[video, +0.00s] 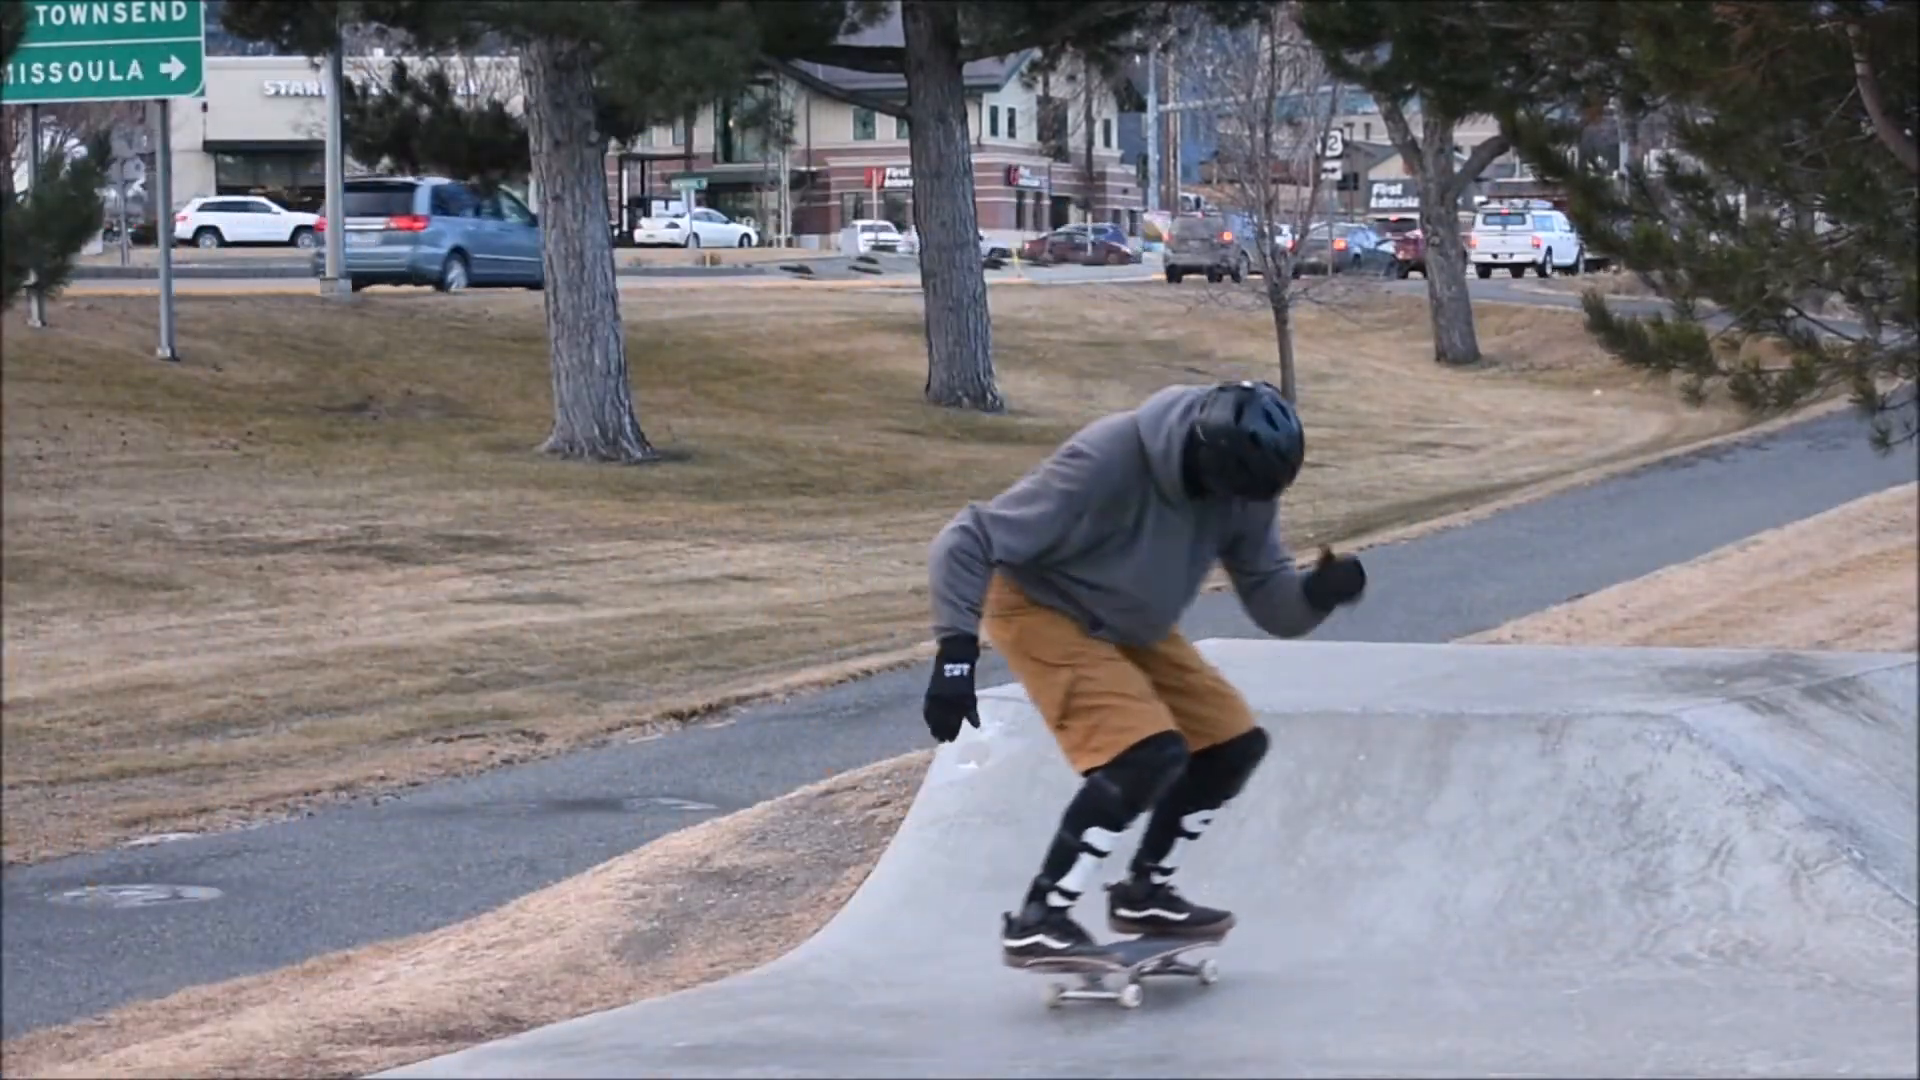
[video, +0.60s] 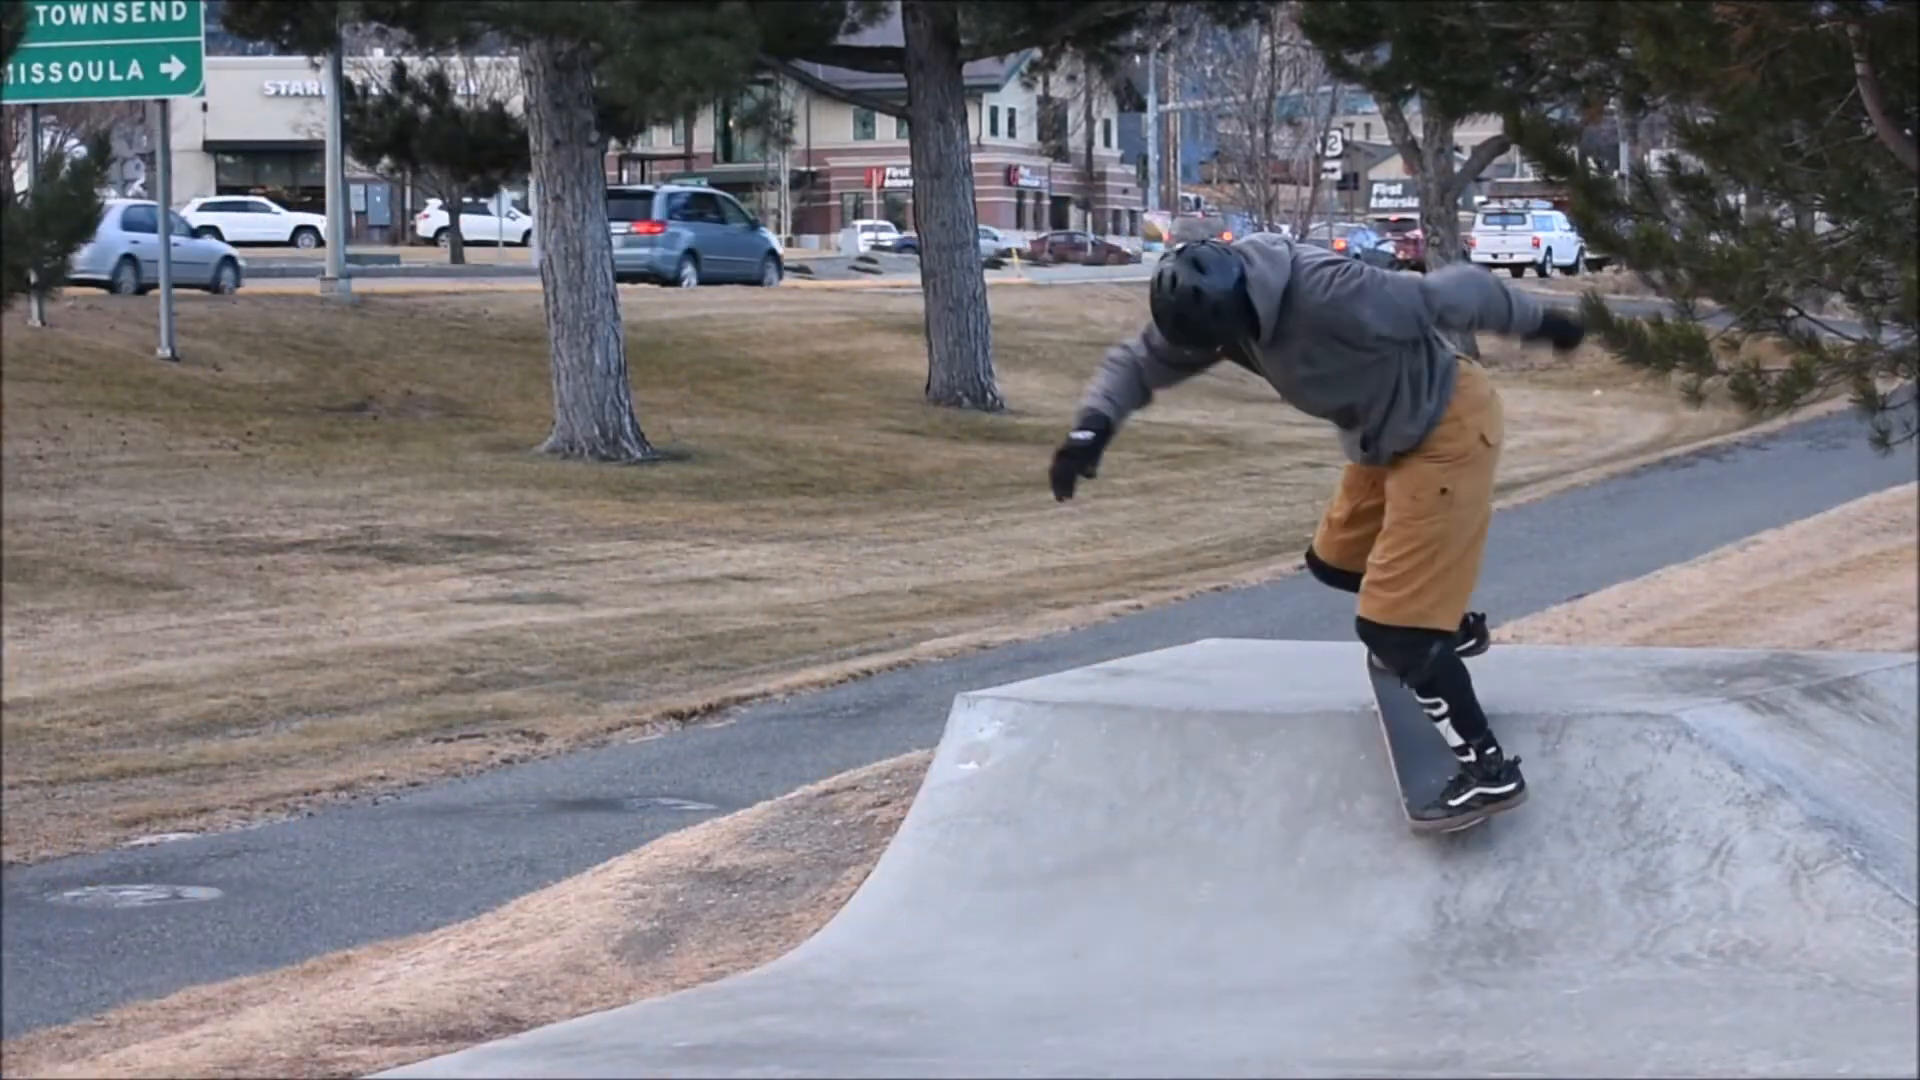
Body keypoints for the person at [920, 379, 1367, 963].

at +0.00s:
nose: (1247, 504)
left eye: (1256, 494)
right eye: (1242, 490)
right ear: (1212, 458)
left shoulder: (1246, 482)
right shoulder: (1110, 459)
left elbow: (1271, 603)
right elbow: (969, 537)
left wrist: (1317, 592)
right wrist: (955, 657)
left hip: (1129, 616)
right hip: (1035, 602)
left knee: (1230, 746)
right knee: (1145, 754)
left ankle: (1141, 893)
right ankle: (1037, 916)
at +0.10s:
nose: (1267, 496)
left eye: (1282, 483)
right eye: (1256, 481)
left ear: (1301, 457)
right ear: (1224, 443)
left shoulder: (1293, 458)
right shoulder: (1146, 439)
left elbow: (1328, 586)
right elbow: (1023, 491)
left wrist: (1282, 539)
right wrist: (977, 590)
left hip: (1192, 593)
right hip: (1100, 579)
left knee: (1274, 737)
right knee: (1189, 743)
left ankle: (1192, 872)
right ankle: (1092, 905)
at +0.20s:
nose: (1273, 431)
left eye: (1289, 422)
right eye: (1263, 418)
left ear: (1311, 391)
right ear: (1236, 383)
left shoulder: (1322, 396)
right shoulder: (1169, 372)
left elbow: (1370, 506)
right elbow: (1073, 380)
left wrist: (1312, 549)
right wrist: (1011, 443)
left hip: (1258, 557)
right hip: (1163, 546)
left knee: (1317, 698)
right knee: (1210, 711)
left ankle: (1254, 808)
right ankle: (1152, 880)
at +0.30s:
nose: (1286, 372)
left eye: (1300, 364)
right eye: (1274, 362)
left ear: (1324, 335)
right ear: (1244, 329)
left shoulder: (1349, 341)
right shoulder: (1191, 314)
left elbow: (1443, 422)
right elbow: (1101, 311)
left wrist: (1492, 508)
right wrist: (1015, 354)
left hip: (1312, 488)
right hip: (1205, 486)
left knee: (1383, 640)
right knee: (1220, 662)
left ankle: (1413, 745)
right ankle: (1189, 772)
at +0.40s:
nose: (1274, 364)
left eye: (1288, 350)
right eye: (1261, 354)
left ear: (1317, 313)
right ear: (1233, 315)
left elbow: (1503, 317)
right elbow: (1083, 317)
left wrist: (1599, 380)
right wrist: (997, 393)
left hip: (1359, 441)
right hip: (1252, 443)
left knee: (1400, 610)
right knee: (1233, 599)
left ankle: (1492, 747)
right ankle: (1313, 638)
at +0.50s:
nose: (1244, 349)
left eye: (1248, 338)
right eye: (1229, 340)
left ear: (1271, 307)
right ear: (1205, 308)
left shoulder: (1364, 288)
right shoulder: (1205, 288)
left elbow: (1470, 266)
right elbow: (1098, 334)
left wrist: (1570, 277)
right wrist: (1040, 416)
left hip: (1404, 430)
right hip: (1329, 435)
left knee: (1396, 624)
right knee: (1313, 568)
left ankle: (1486, 763)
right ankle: (1439, 630)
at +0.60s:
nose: (1207, 357)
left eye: (1209, 345)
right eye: (1196, 347)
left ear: (1233, 313)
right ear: (1203, 309)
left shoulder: (1334, 297)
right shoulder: (1215, 301)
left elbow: (1455, 292)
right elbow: (1139, 362)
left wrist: (1544, 320)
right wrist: (1090, 428)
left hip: (1448, 422)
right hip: (1382, 432)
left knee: (1398, 625)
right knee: (1336, 562)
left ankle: (1488, 765)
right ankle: (1451, 629)